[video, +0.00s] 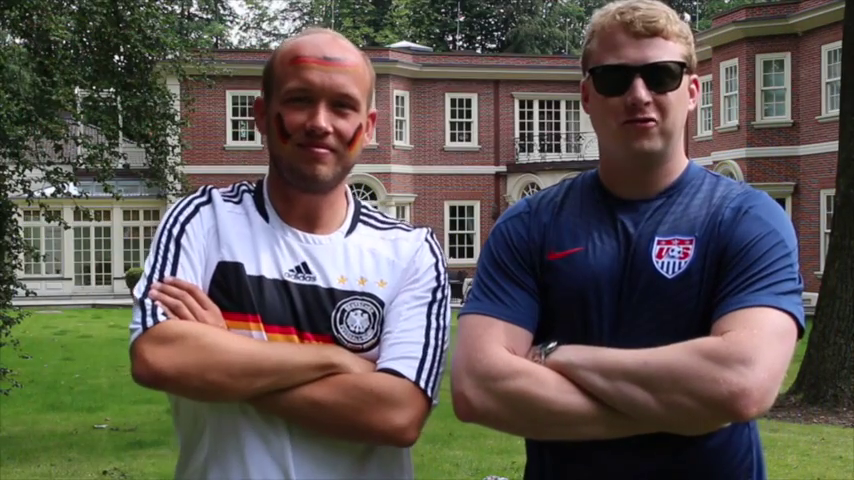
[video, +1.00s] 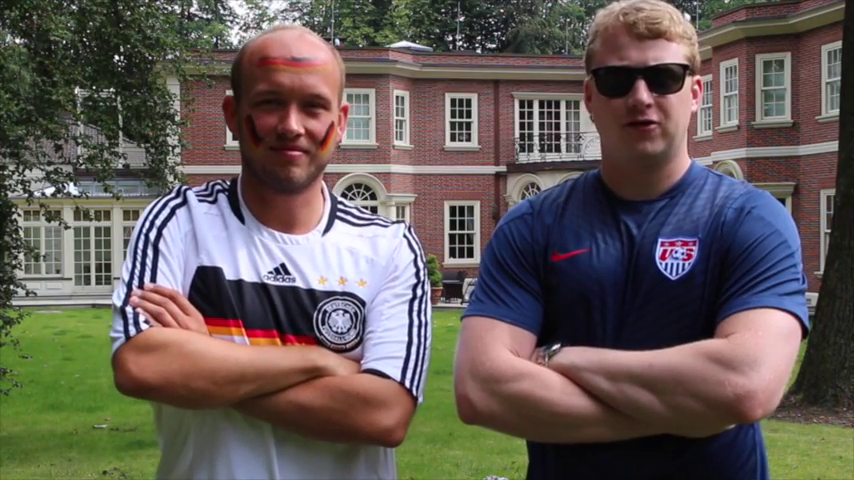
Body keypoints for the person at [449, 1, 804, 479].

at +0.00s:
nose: (638, 95)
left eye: (660, 76)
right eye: (614, 78)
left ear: (692, 92)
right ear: (587, 97)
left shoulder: (748, 219)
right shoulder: (526, 226)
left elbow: (743, 385)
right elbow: (477, 389)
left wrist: (556, 358)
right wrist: (666, 408)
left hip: (710, 473)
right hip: (563, 473)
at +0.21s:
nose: (638, 95)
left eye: (660, 77)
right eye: (614, 79)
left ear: (692, 92)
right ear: (586, 97)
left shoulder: (749, 219)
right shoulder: (527, 226)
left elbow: (744, 386)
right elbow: (478, 390)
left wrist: (556, 360)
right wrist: (668, 410)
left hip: (711, 473)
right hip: (563, 473)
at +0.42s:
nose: (639, 92)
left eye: (661, 74)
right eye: (615, 76)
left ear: (693, 92)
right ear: (588, 97)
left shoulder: (749, 219)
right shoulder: (527, 226)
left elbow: (744, 386)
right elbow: (479, 389)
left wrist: (556, 358)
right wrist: (669, 409)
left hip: (712, 473)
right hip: (564, 473)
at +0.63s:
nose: (640, 93)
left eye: (661, 74)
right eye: (615, 77)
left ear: (694, 92)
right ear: (588, 97)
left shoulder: (750, 218)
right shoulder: (529, 226)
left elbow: (746, 385)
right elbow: (480, 390)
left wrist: (559, 359)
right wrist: (670, 409)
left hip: (713, 473)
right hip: (565, 473)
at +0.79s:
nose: (639, 96)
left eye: (661, 77)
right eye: (615, 79)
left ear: (694, 93)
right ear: (588, 97)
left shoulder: (751, 219)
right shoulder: (530, 227)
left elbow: (748, 386)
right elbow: (481, 390)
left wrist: (558, 360)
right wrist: (674, 410)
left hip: (714, 472)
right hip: (566, 472)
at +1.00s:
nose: (640, 97)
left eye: (662, 78)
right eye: (616, 80)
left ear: (695, 93)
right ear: (589, 97)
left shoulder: (751, 219)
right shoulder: (530, 227)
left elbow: (747, 388)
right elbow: (481, 391)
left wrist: (558, 360)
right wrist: (672, 410)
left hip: (714, 473)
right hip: (565, 473)